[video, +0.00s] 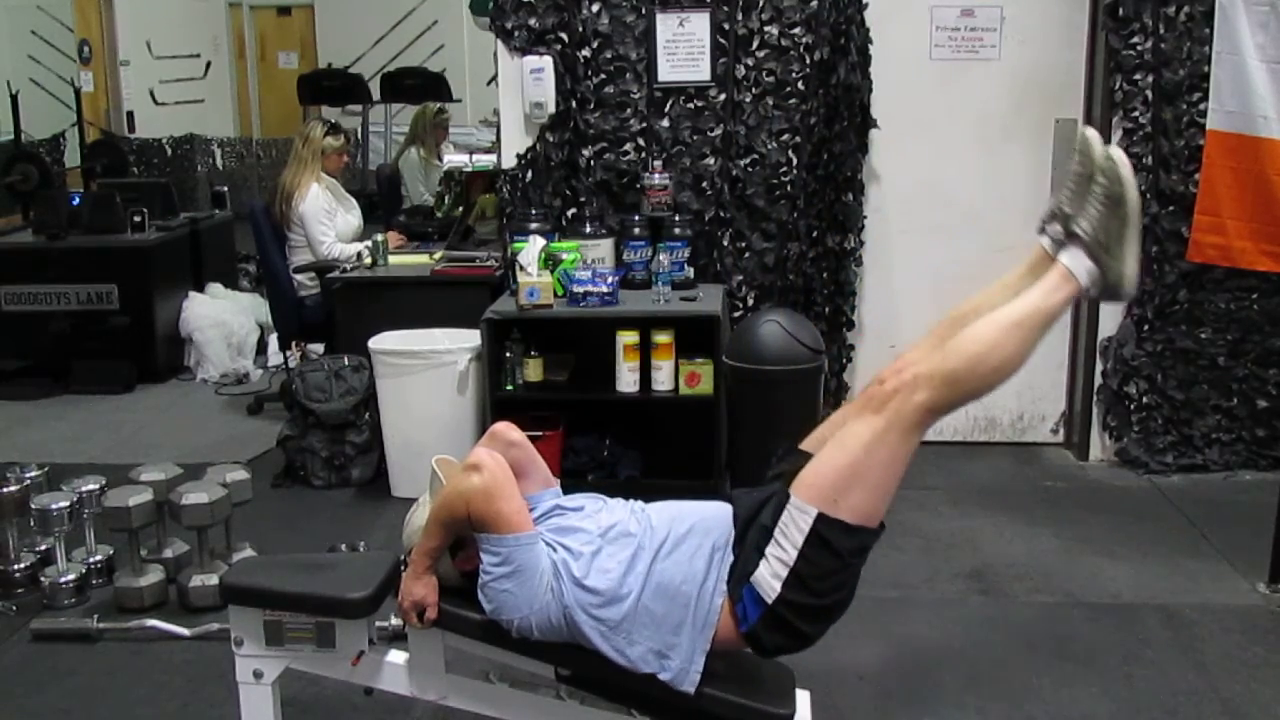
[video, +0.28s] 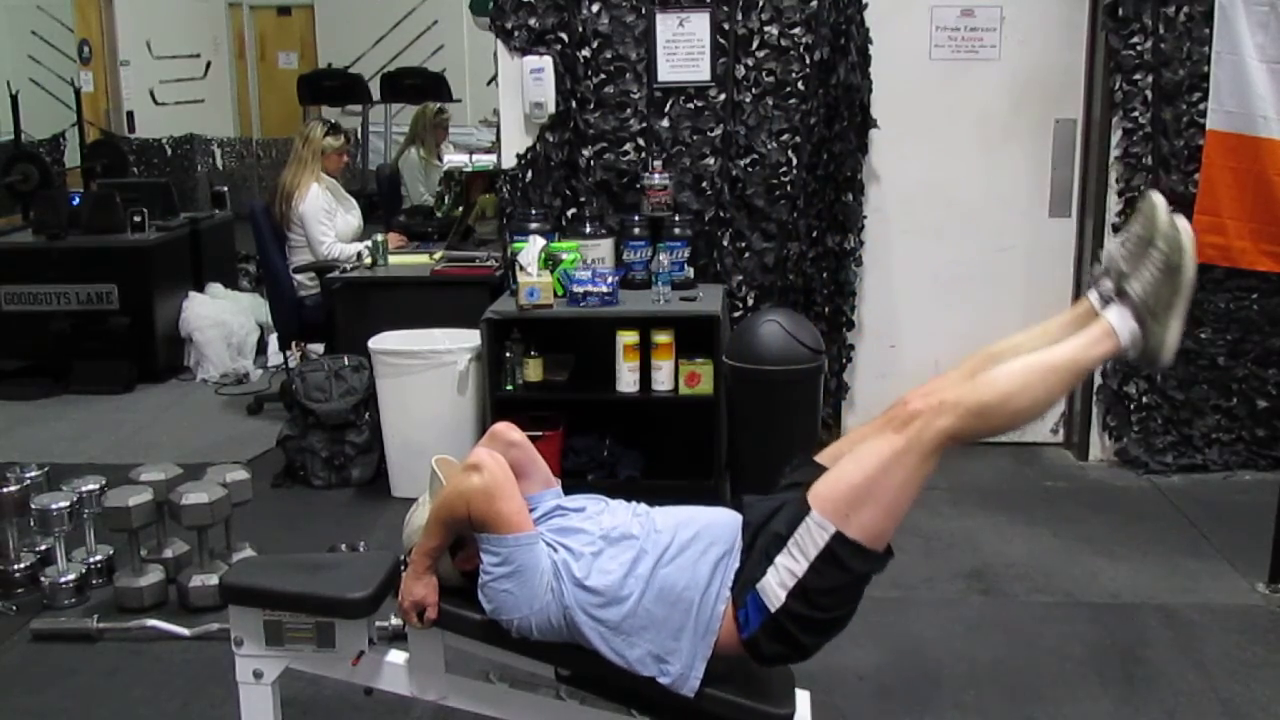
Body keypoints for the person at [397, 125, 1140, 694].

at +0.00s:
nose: (498, 471)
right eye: (484, 470)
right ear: (476, 511)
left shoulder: (546, 526)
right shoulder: (517, 578)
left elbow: (504, 442)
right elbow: (469, 475)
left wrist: (432, 541)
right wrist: (423, 553)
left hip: (743, 534)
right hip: (758, 590)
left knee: (898, 384)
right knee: (901, 396)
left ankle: (1061, 251)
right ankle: (1080, 266)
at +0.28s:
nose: (518, 457)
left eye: (520, 451)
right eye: (500, 458)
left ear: (523, 478)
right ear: (482, 499)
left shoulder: (555, 522)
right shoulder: (513, 580)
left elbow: (513, 440)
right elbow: (471, 473)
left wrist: (445, 518)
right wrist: (423, 558)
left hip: (751, 538)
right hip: (754, 599)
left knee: (921, 405)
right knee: (925, 416)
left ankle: (1106, 306)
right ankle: (1124, 323)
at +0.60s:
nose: (518, 462)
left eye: (520, 457)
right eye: (503, 464)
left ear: (519, 485)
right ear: (487, 504)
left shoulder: (560, 522)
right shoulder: (516, 582)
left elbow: (516, 441)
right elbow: (471, 469)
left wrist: (452, 516)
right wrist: (422, 559)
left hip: (761, 558)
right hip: (759, 610)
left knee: (915, 404)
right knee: (913, 418)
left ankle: (1119, 426)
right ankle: (1121, 447)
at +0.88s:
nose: (525, 471)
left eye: (523, 463)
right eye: (501, 477)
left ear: (524, 491)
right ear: (491, 512)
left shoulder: (565, 520)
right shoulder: (521, 584)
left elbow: (507, 431)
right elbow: (470, 474)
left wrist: (448, 524)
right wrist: (422, 557)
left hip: (775, 578)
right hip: (766, 625)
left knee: (852, 389)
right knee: (834, 400)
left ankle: (995, 521)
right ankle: (996, 527)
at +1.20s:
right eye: (477, 497)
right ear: (476, 558)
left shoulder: (552, 516)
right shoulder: (519, 593)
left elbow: (507, 437)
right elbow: (475, 475)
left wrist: (465, 526)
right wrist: (423, 563)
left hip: (769, 572)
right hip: (759, 622)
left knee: (677, 390)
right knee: (667, 422)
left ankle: (866, 427)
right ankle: (867, 447)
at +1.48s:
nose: (466, 468)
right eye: (461, 477)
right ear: (472, 557)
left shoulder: (549, 522)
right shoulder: (517, 589)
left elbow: (506, 437)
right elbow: (479, 482)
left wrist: (458, 519)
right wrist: (423, 563)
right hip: (763, 556)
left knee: (621, 405)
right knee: (586, 419)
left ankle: (652, 232)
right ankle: (644, 226)